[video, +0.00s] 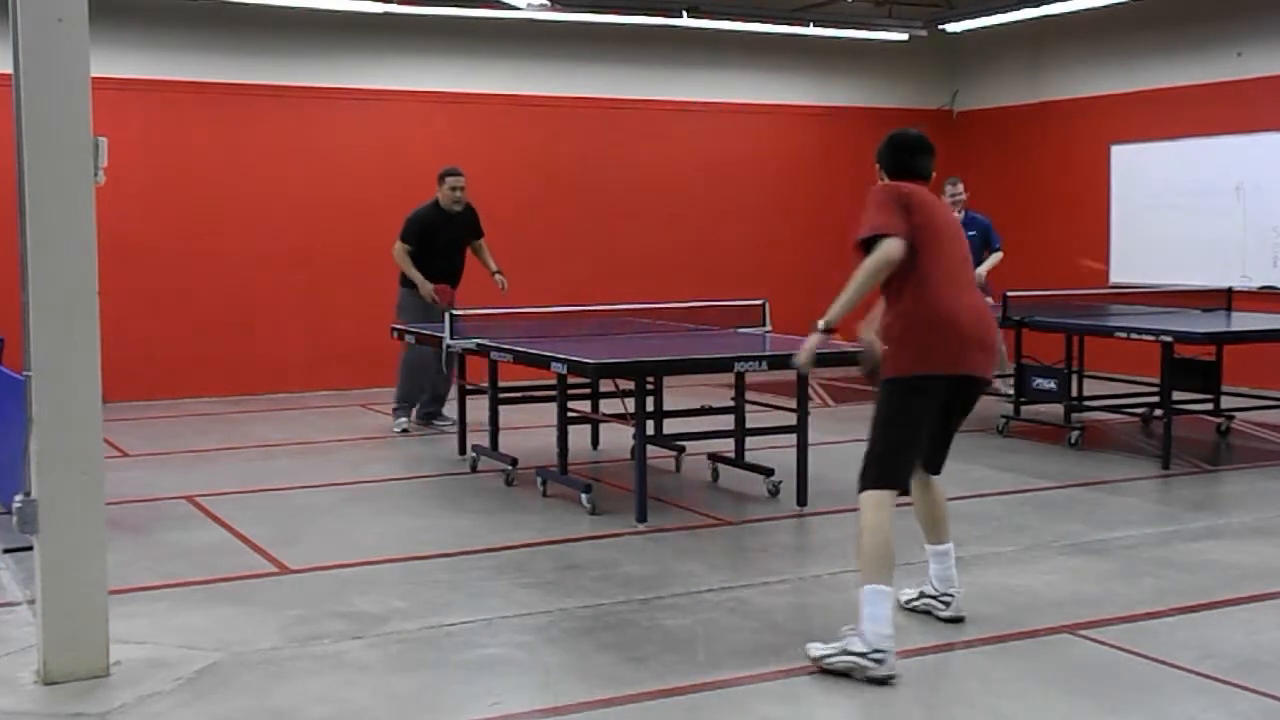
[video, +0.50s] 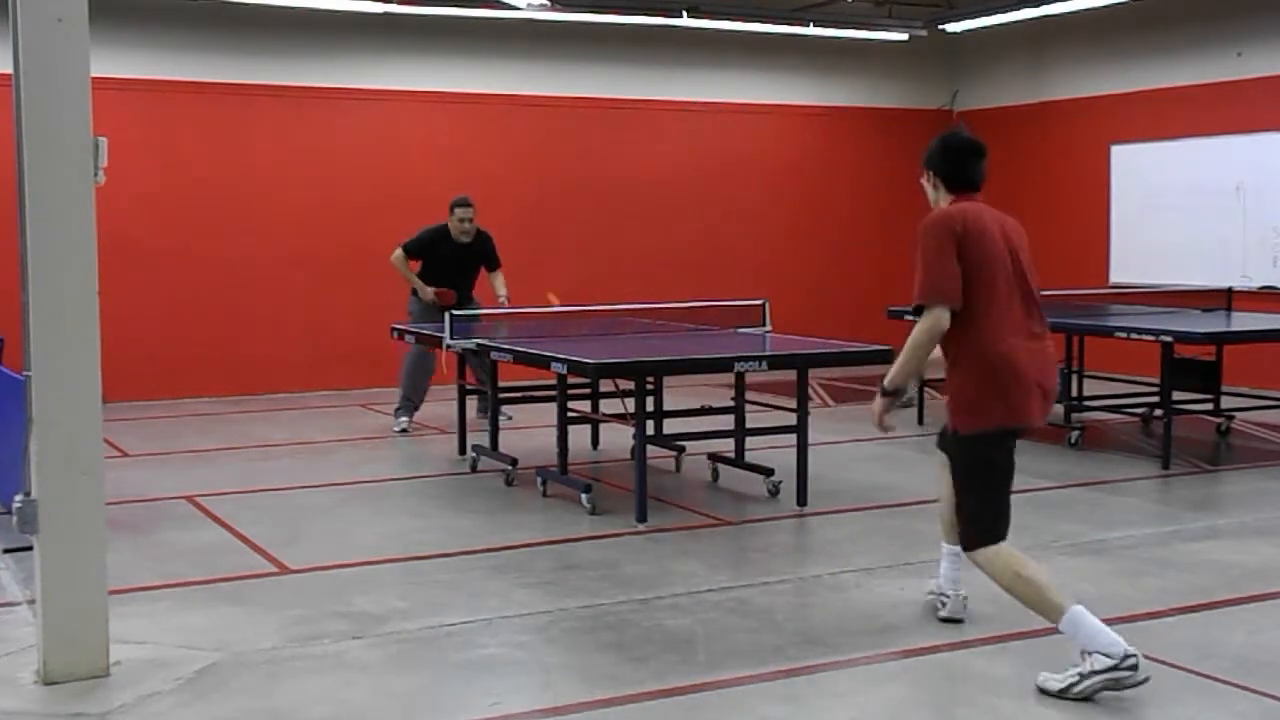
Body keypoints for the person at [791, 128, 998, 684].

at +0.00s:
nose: (875, 176)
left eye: (875, 169)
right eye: (881, 169)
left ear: (882, 170)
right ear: (928, 172)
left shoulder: (890, 193)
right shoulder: (946, 213)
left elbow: (891, 251)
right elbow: (936, 292)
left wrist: (822, 327)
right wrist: (877, 337)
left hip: (921, 354)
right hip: (976, 354)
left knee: (877, 488)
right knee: (924, 469)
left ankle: (873, 641)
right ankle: (943, 591)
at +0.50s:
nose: (920, 184)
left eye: (922, 177)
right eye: (922, 176)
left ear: (931, 180)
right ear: (978, 178)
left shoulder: (942, 225)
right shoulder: (1006, 224)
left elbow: (936, 317)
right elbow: (1019, 312)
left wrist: (888, 389)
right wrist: (961, 381)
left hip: (985, 391)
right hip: (1032, 383)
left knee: (981, 541)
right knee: (952, 449)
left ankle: (1107, 650)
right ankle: (949, 586)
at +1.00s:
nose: (912, 160)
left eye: (914, 153)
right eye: (916, 152)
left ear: (924, 158)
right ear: (967, 158)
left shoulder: (912, 204)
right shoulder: (996, 215)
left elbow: (886, 294)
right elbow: (1011, 304)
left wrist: (845, 364)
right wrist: (955, 322)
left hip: (918, 374)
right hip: (980, 379)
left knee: (845, 487)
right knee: (954, 475)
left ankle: (829, 629)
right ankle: (989, 590)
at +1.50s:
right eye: (967, 139)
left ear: (916, 141)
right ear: (967, 143)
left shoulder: (892, 183)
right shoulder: (987, 197)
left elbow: (867, 271)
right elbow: (1002, 291)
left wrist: (868, 311)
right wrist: (1022, 340)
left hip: (896, 355)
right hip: (968, 358)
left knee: (832, 460)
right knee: (961, 463)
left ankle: (802, 593)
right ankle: (983, 590)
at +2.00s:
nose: (867, 123)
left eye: (868, 115)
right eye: (873, 115)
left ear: (875, 118)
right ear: (923, 119)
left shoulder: (889, 169)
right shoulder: (935, 170)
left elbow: (898, 262)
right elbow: (875, 243)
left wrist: (830, 309)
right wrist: (815, 212)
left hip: (874, 349)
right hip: (935, 346)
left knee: (815, 456)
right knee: (942, 451)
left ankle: (794, 590)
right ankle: (995, 572)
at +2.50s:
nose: (928, 156)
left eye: (929, 149)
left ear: (934, 155)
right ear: (982, 157)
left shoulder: (905, 209)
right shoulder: (1005, 214)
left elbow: (875, 298)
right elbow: (1038, 304)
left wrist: (856, 347)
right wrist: (1035, 346)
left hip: (910, 369)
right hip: (987, 370)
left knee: (845, 471)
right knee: (1017, 461)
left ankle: (828, 598)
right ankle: (1052, 578)